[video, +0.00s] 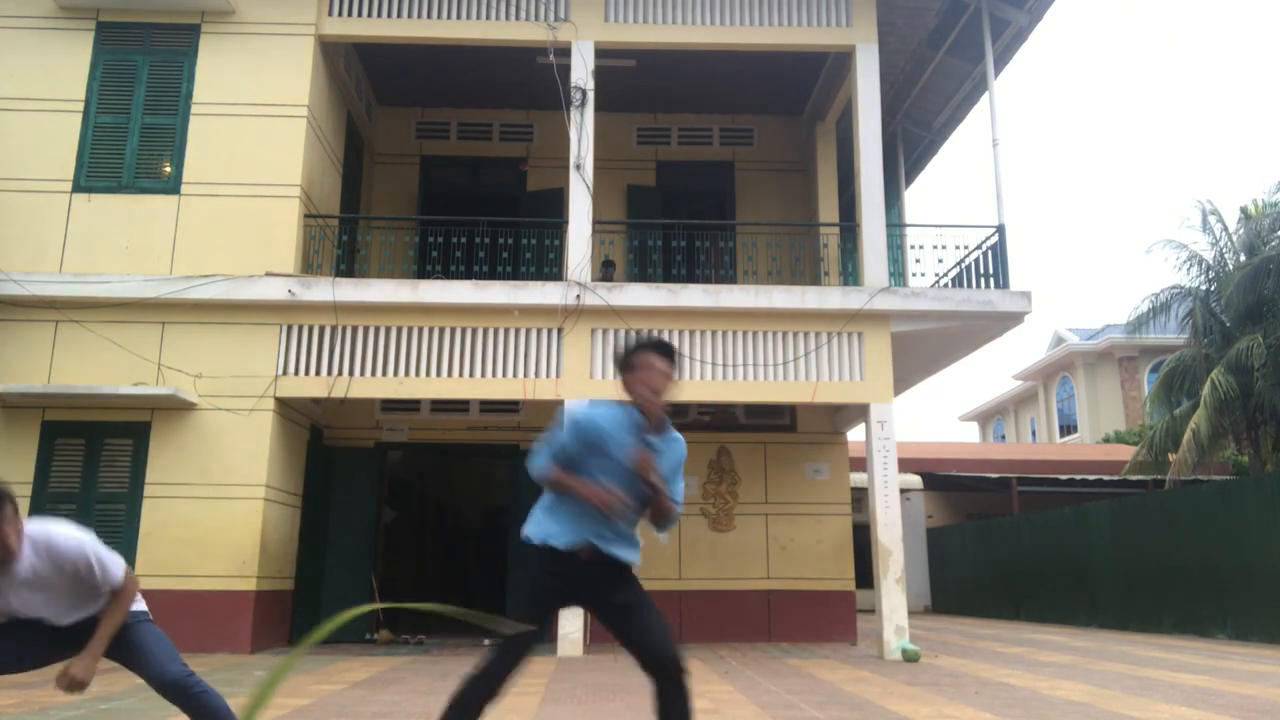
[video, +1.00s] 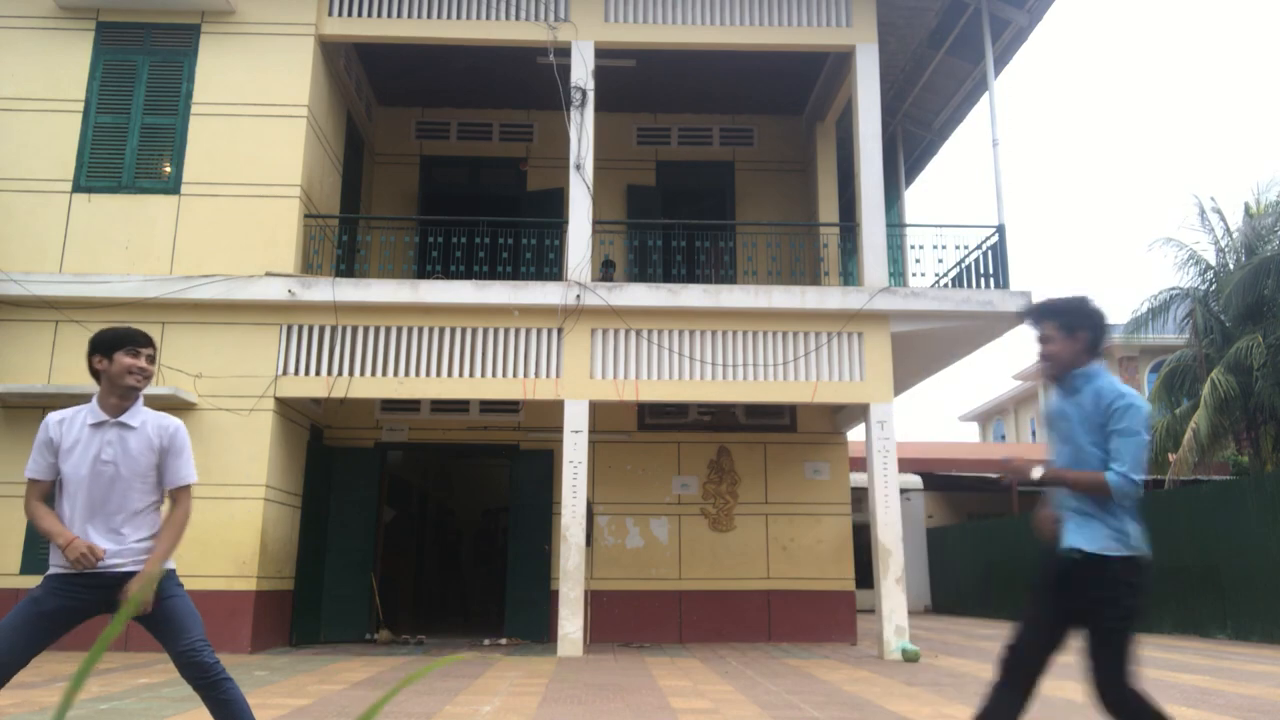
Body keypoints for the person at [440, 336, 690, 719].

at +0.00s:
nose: (652, 380)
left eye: (661, 372)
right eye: (642, 370)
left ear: (671, 380)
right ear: (625, 377)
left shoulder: (673, 446)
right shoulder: (585, 418)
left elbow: (665, 520)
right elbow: (539, 463)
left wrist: (652, 481)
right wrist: (589, 491)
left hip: (607, 566)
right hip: (548, 556)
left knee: (667, 664)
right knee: (510, 654)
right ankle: (453, 716)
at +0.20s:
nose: (798, 522)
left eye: (801, 512)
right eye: (797, 512)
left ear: (767, 485)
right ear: (774, 505)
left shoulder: (722, 469)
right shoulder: (720, 545)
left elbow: (658, 460)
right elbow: (655, 596)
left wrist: (687, 506)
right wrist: (700, 599)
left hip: (639, 586)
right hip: (594, 581)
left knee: (711, 663)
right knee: (536, 679)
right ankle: (468, 716)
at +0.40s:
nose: (882, 478)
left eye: (886, 469)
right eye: (879, 466)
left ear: (858, 457)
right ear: (850, 453)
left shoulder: (826, 479)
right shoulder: (792, 479)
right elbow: (716, 525)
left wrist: (784, 548)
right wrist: (752, 588)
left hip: (722, 567)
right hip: (678, 552)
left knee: (746, 681)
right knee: (625, 646)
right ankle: (553, 713)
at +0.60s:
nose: (894, 369)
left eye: (907, 360)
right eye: (889, 358)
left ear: (933, 363)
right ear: (881, 356)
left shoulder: (935, 422)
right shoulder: (847, 390)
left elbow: (930, 477)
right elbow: (783, 442)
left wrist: (922, 502)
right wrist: (789, 508)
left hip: (855, 534)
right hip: (806, 524)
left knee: (848, 661)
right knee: (798, 634)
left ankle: (757, 717)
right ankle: (792, 708)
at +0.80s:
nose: (948, 377)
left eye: (958, 366)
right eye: (943, 368)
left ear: (992, 368)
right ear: (939, 373)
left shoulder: (1029, 437)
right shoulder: (922, 430)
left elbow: (1057, 520)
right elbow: (895, 492)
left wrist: (1024, 565)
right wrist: (876, 542)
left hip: (997, 573)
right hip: (935, 571)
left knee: (1025, 698)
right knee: (951, 679)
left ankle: (959, 715)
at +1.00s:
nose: (1041, 349)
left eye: (1049, 339)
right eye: (1040, 340)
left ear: (1083, 340)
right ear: (1070, 342)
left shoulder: (1123, 403)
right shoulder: (1058, 403)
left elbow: (1125, 484)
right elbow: (1066, 465)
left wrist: (1048, 475)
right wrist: (1048, 508)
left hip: (1116, 560)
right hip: (1069, 555)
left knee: (1113, 687)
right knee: (1020, 667)